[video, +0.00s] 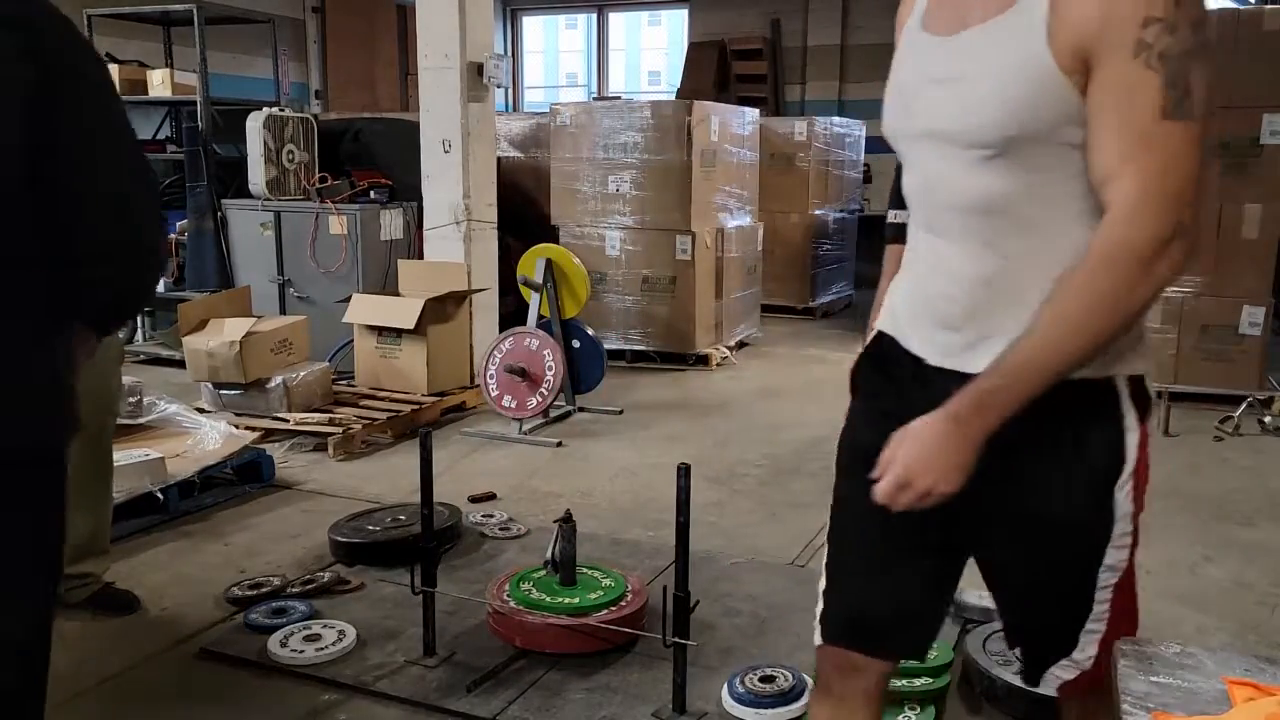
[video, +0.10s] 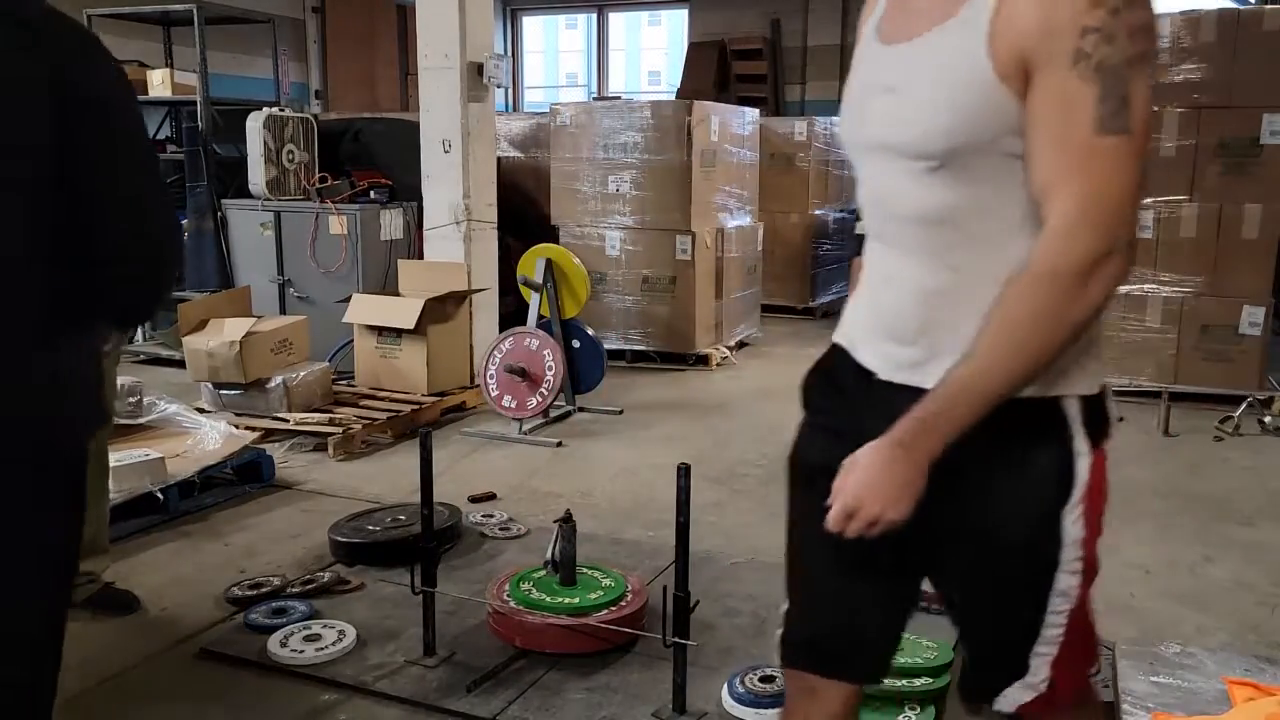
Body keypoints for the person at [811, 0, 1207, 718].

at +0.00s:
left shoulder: (1124, 8)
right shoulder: (918, 10)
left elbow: (1152, 232)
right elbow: (929, 207)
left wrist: (968, 418)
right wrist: (880, 340)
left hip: (1065, 403)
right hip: (907, 383)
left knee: (1076, 684)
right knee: (846, 660)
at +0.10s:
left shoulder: (1074, 10)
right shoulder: (883, 10)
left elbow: (1087, 252)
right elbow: (894, 224)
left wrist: (911, 442)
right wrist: (844, 369)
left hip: (1020, 426)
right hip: (862, 399)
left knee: (1034, 701)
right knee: (817, 683)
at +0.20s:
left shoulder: (1021, 9)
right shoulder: (837, 9)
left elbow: (1022, 256)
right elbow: (844, 232)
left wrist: (872, 463)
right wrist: (789, 379)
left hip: (959, 437)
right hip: (808, 411)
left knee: (960, 705)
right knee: (766, 696)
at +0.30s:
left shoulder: (961, 5)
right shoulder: (778, 9)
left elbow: (976, 233)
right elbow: (796, 228)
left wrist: (832, 456)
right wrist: (717, 365)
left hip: (891, 419)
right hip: (757, 397)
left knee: (857, 704)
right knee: (747, 698)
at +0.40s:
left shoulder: (908, 7)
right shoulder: (717, 13)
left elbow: (940, 214)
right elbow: (719, 207)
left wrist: (772, 445)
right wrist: (636, 343)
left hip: (835, 403)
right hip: (712, 380)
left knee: (749, 699)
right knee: (708, 682)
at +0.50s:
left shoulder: (849, 5)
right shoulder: (671, 15)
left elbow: (893, 212)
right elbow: (648, 203)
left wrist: (699, 445)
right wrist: (554, 338)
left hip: (786, 393)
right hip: (669, 372)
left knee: (636, 703)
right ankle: (767, 692)